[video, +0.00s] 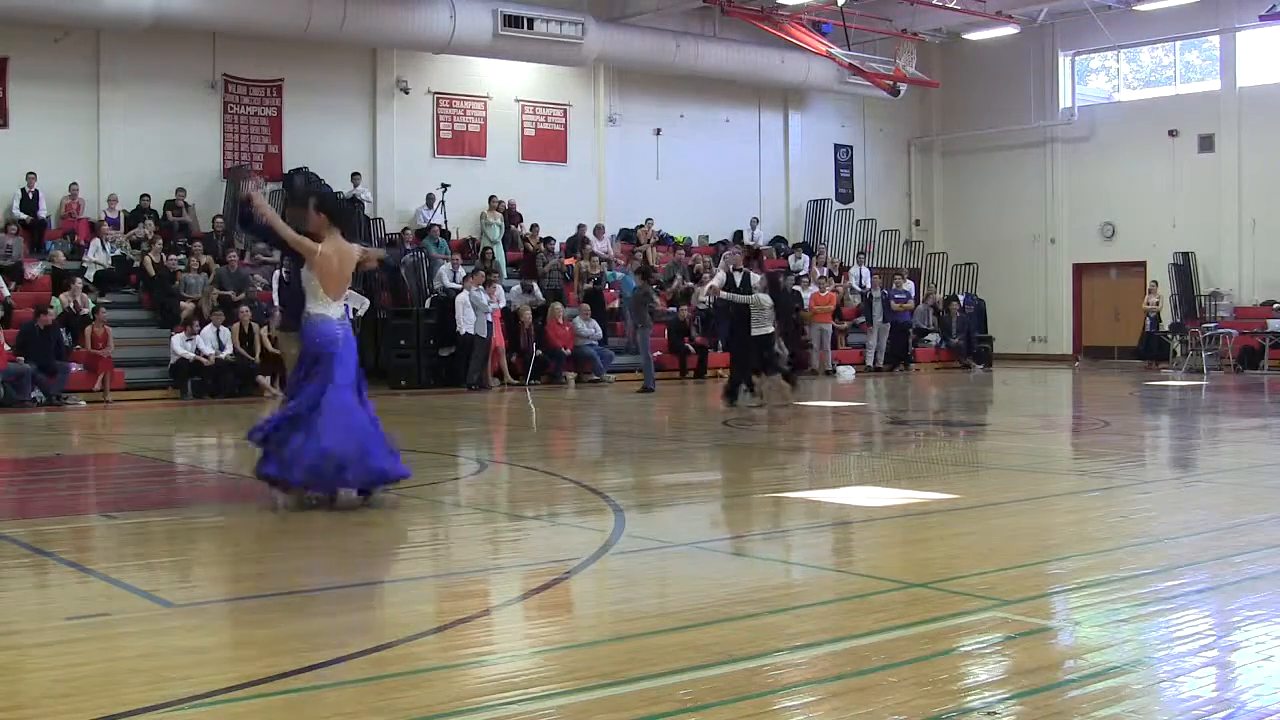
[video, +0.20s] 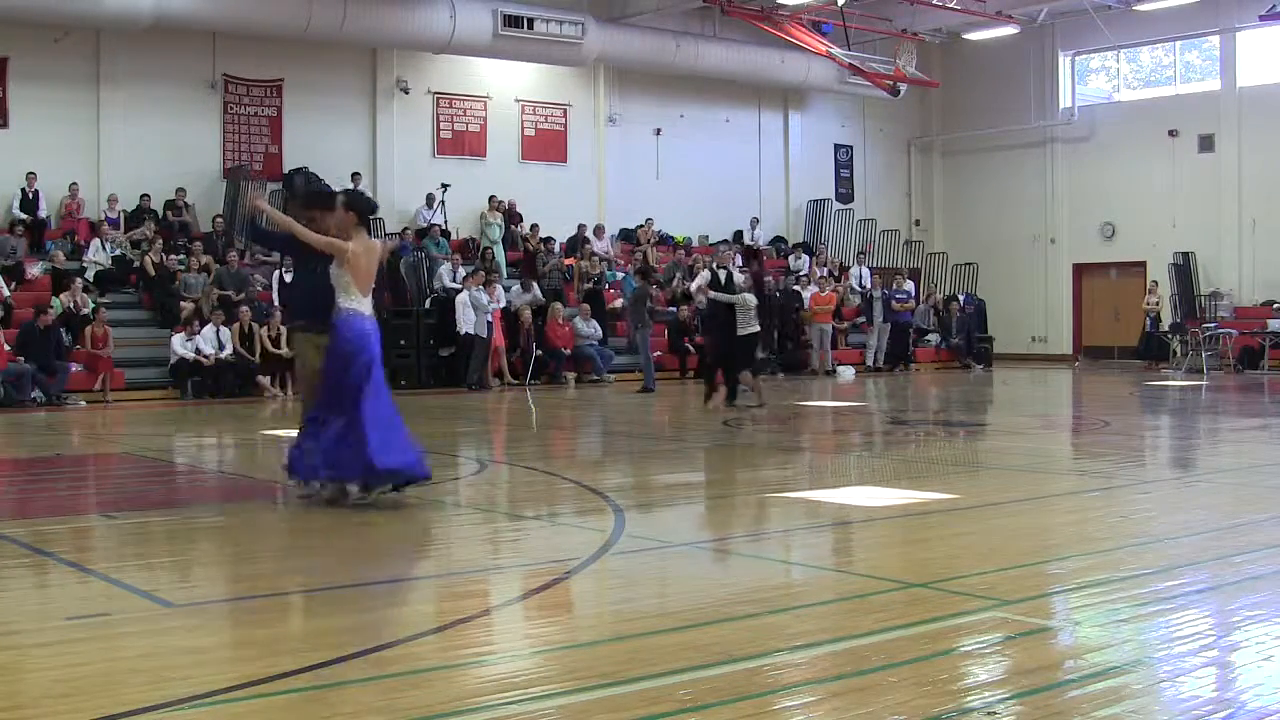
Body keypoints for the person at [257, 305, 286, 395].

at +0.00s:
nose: (279, 318)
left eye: (279, 315)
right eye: (276, 315)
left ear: (281, 317)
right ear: (271, 317)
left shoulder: (281, 330)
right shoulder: (264, 330)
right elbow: (269, 348)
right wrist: (279, 352)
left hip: (278, 355)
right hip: (267, 355)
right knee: (260, 377)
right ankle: (276, 392)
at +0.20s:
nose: (278, 320)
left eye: (279, 317)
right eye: (275, 317)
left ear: (281, 318)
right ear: (270, 319)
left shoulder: (283, 329)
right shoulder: (264, 331)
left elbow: (283, 345)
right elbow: (269, 348)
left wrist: (287, 352)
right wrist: (281, 352)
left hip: (279, 354)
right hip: (268, 356)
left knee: (288, 362)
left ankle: (289, 389)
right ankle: (275, 390)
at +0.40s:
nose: (279, 319)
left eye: (280, 317)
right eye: (277, 317)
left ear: (281, 318)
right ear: (270, 319)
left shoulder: (283, 329)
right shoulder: (263, 331)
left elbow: (284, 347)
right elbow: (269, 348)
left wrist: (293, 353)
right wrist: (283, 353)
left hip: (279, 353)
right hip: (268, 355)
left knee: (286, 360)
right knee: (279, 360)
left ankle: (289, 385)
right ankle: (276, 386)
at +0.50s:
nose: (280, 319)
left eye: (280, 317)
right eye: (277, 317)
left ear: (281, 318)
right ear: (270, 319)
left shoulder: (283, 329)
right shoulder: (263, 330)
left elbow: (283, 346)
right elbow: (269, 348)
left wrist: (287, 352)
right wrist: (281, 352)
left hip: (279, 353)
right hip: (268, 355)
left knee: (286, 361)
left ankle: (289, 386)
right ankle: (276, 386)